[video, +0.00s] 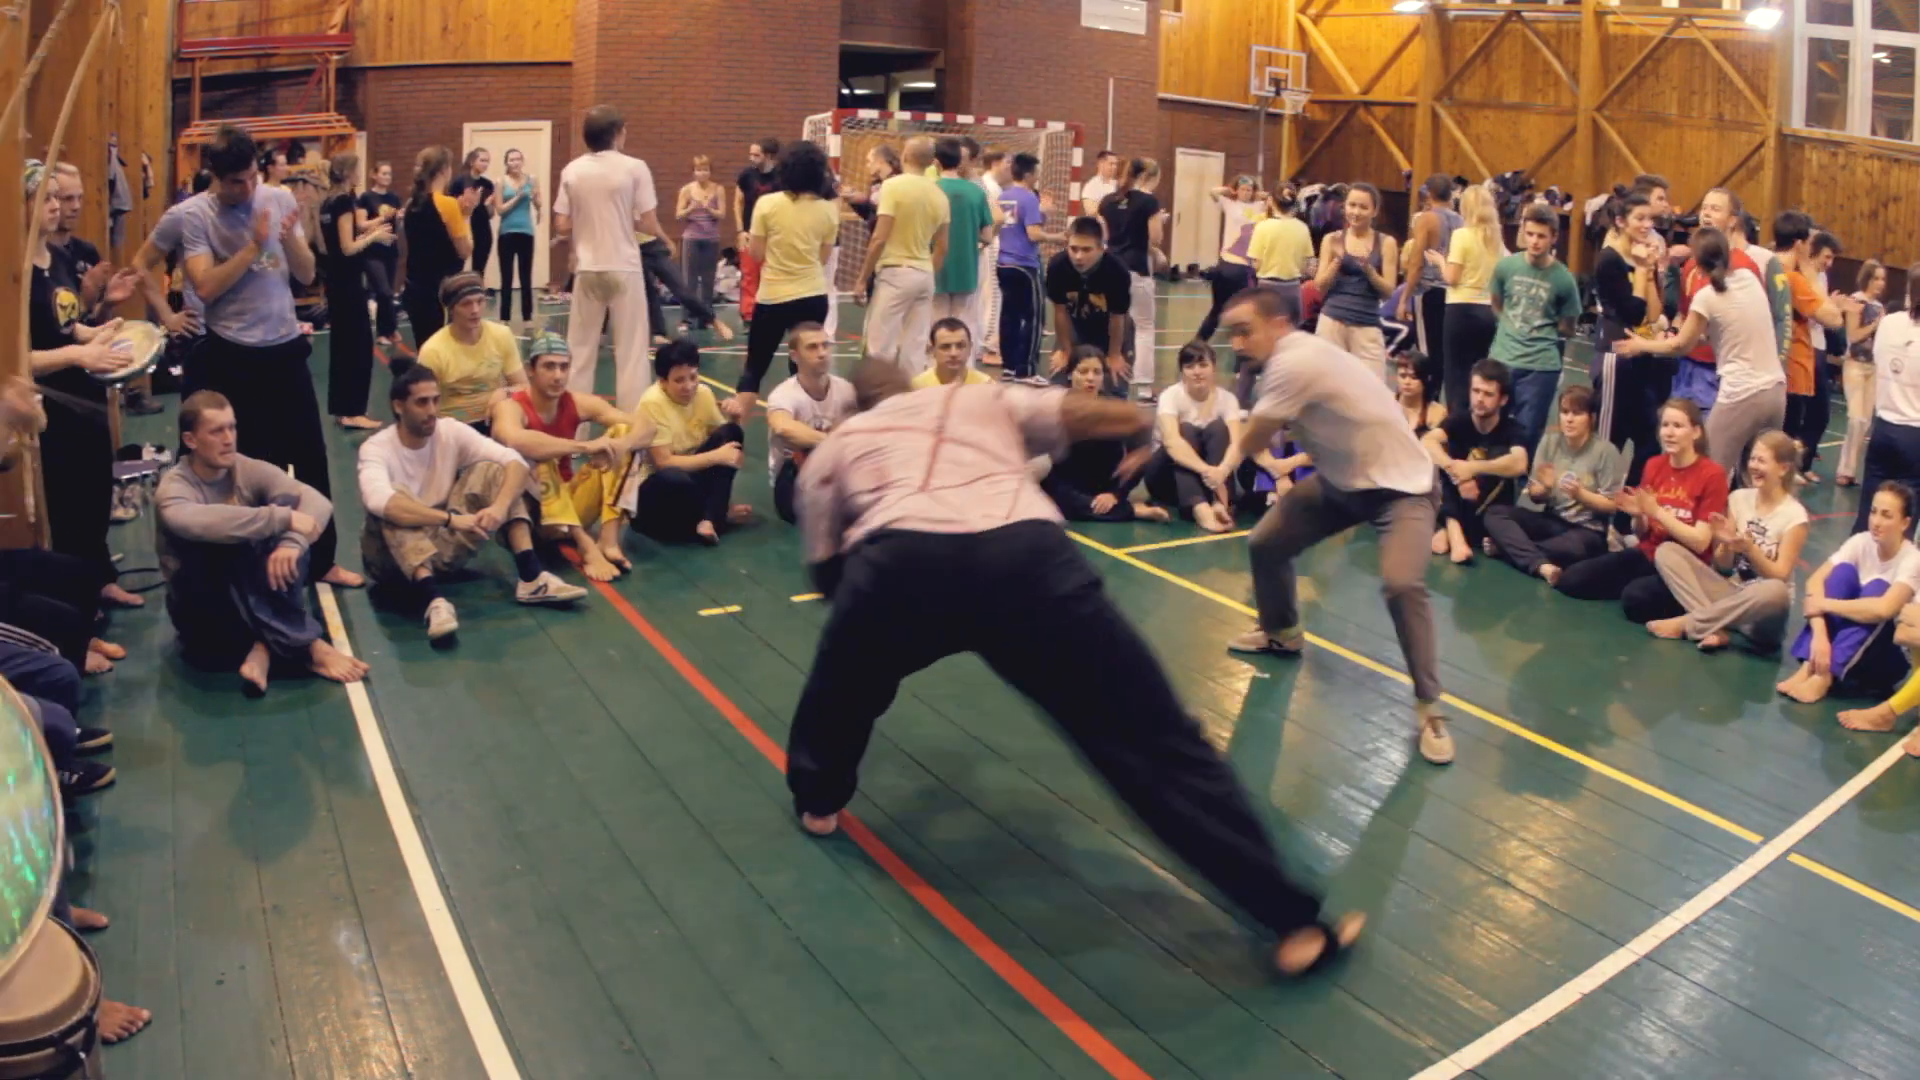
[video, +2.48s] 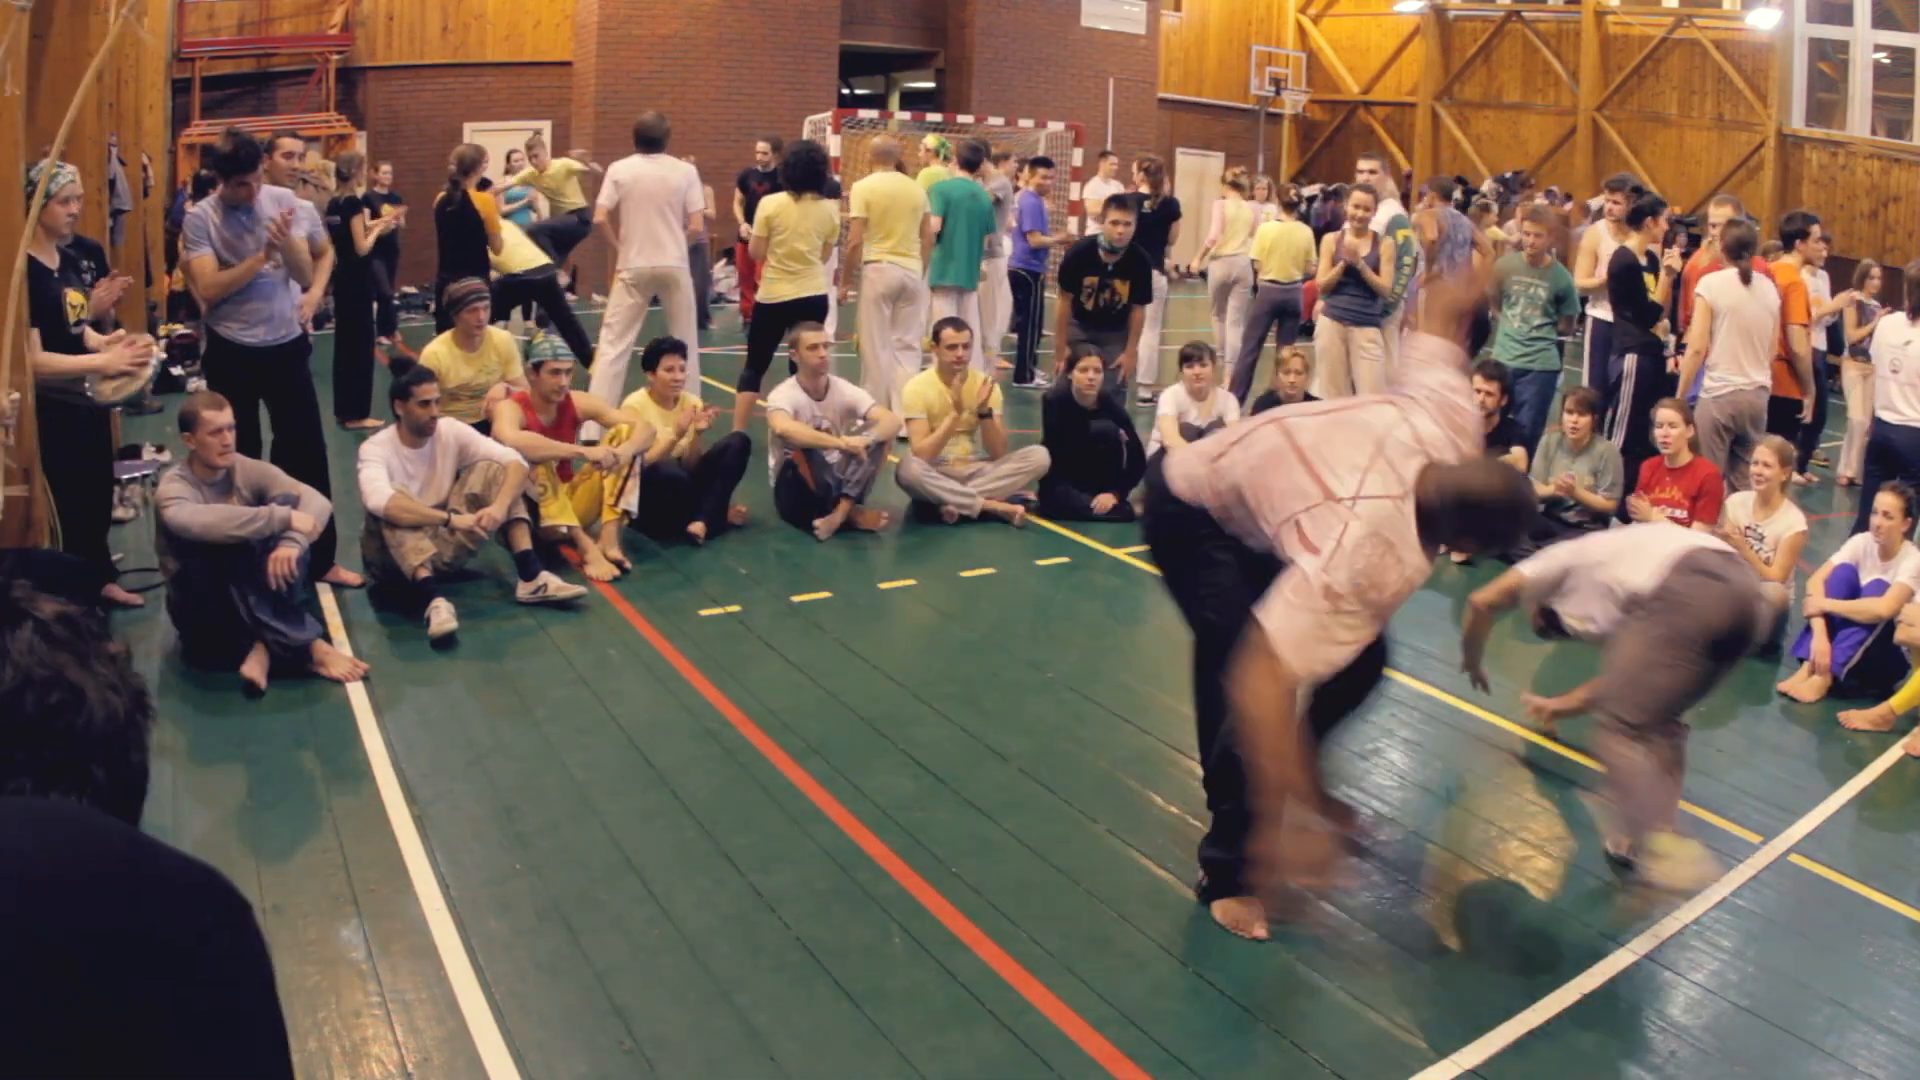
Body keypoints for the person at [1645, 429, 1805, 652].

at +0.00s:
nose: (1753, 466)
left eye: (1761, 460)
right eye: (1752, 459)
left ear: (1783, 468)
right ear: (1747, 462)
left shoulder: (1795, 515)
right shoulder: (1738, 498)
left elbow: (1780, 574)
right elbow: (1722, 563)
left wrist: (1748, 549)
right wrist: (1725, 543)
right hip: (1729, 591)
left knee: (1775, 590)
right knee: (1667, 551)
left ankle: (1685, 624)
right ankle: (1711, 629)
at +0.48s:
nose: (1750, 469)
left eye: (1759, 464)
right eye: (1749, 461)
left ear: (1780, 472)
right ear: (1744, 463)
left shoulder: (1792, 519)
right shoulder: (1735, 500)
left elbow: (1775, 577)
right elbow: (1721, 566)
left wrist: (1739, 547)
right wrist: (1728, 549)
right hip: (1727, 595)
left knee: (1774, 592)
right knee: (1666, 552)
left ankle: (1685, 624)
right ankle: (1711, 630)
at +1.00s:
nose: (1753, 470)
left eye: (1763, 465)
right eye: (1752, 463)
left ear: (1783, 476)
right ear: (1746, 466)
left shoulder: (1794, 523)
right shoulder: (1734, 502)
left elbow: (1780, 582)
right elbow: (1717, 567)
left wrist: (1750, 560)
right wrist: (1724, 556)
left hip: (1760, 605)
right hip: (1725, 593)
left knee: (1776, 595)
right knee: (1666, 552)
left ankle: (1685, 624)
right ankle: (1711, 629)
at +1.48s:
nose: (1754, 471)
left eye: (1764, 467)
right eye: (1752, 463)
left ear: (1783, 477)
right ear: (1748, 464)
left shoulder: (1791, 521)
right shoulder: (1733, 501)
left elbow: (1774, 579)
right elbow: (1719, 567)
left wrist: (1738, 550)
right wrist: (1728, 551)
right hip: (1727, 594)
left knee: (1775, 594)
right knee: (1666, 552)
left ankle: (1685, 625)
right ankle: (1712, 629)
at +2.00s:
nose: (1753, 473)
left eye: (1762, 467)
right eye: (1751, 465)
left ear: (1783, 475)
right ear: (1745, 466)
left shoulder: (1793, 520)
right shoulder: (1734, 501)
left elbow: (1778, 579)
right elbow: (1719, 568)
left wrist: (1745, 554)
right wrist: (1727, 551)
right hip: (1727, 596)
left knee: (1775, 594)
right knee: (1665, 552)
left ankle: (1684, 624)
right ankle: (1712, 629)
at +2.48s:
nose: (1758, 471)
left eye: (1767, 465)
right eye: (1755, 463)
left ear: (1785, 473)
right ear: (1748, 466)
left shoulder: (1794, 521)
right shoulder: (1734, 502)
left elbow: (1777, 576)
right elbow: (1721, 546)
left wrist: (1742, 547)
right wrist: (1722, 536)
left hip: (1765, 589)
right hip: (1728, 582)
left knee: (1773, 591)